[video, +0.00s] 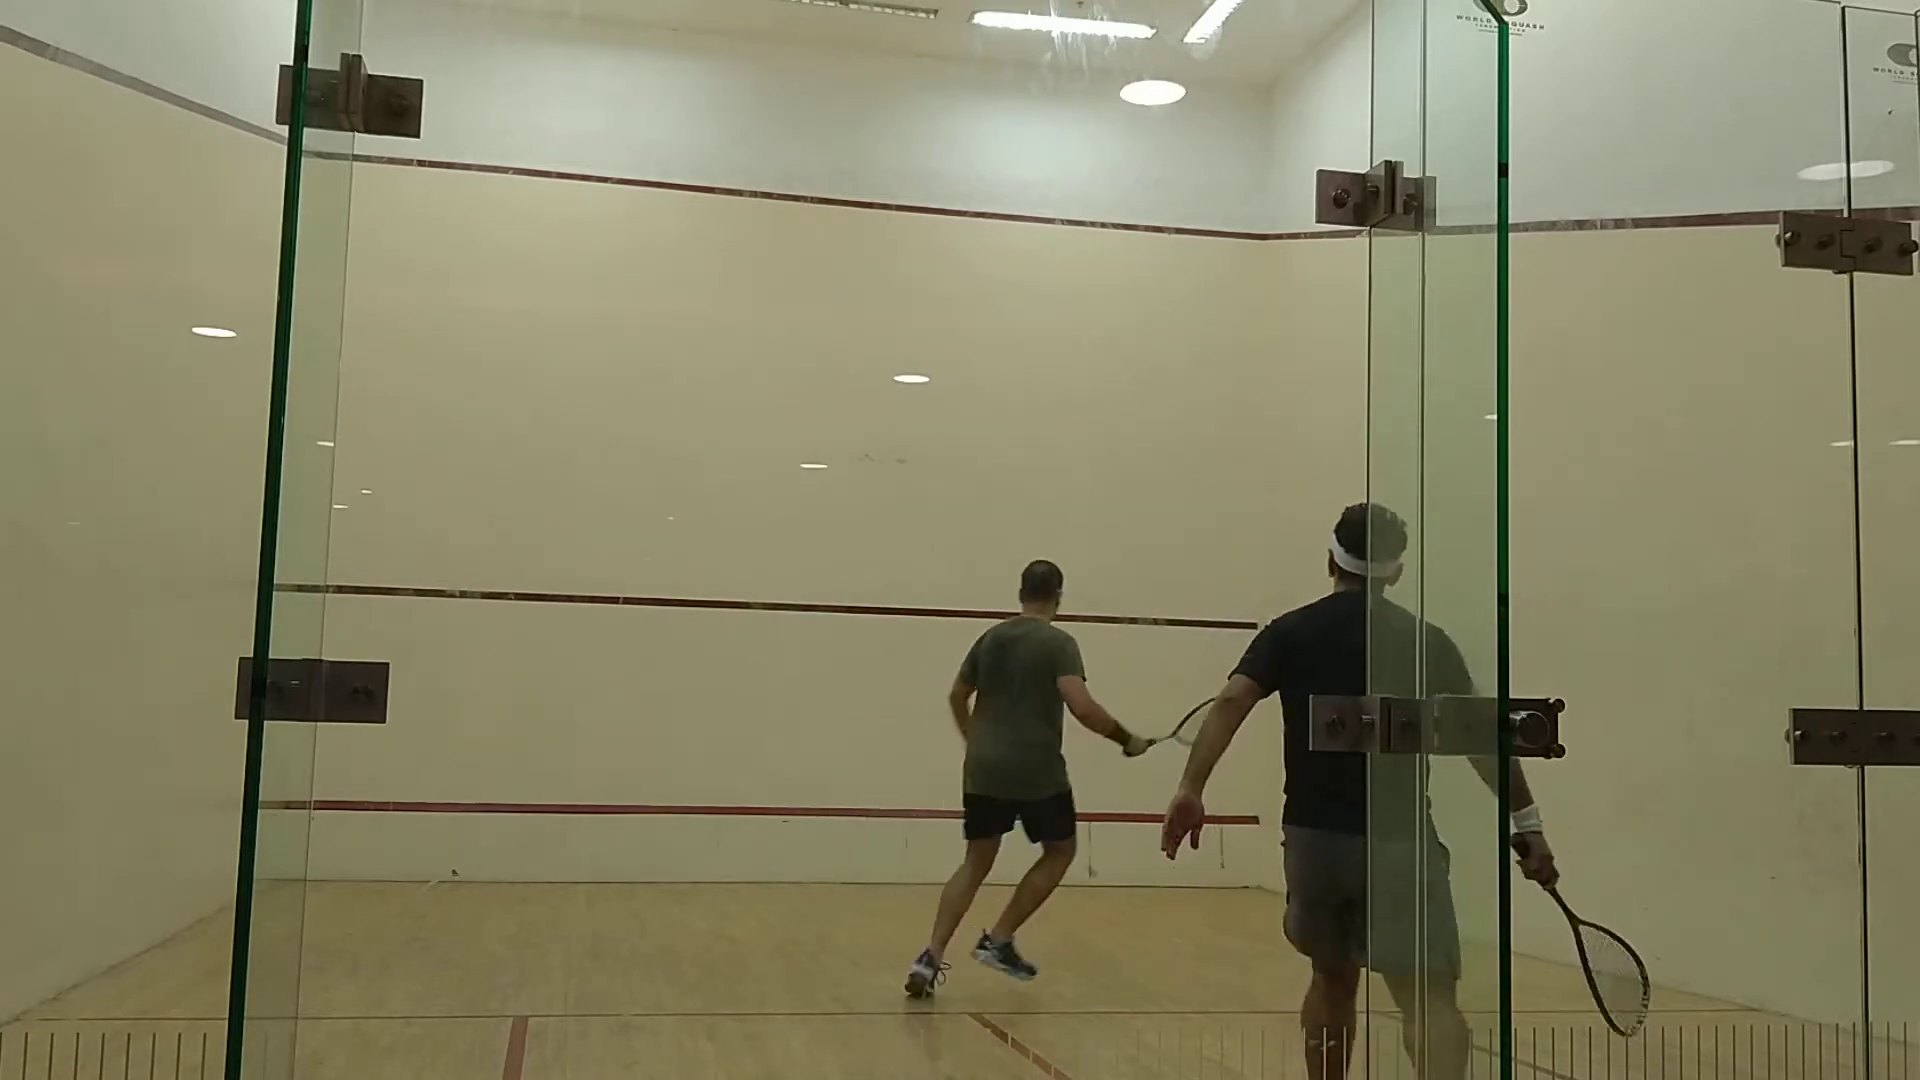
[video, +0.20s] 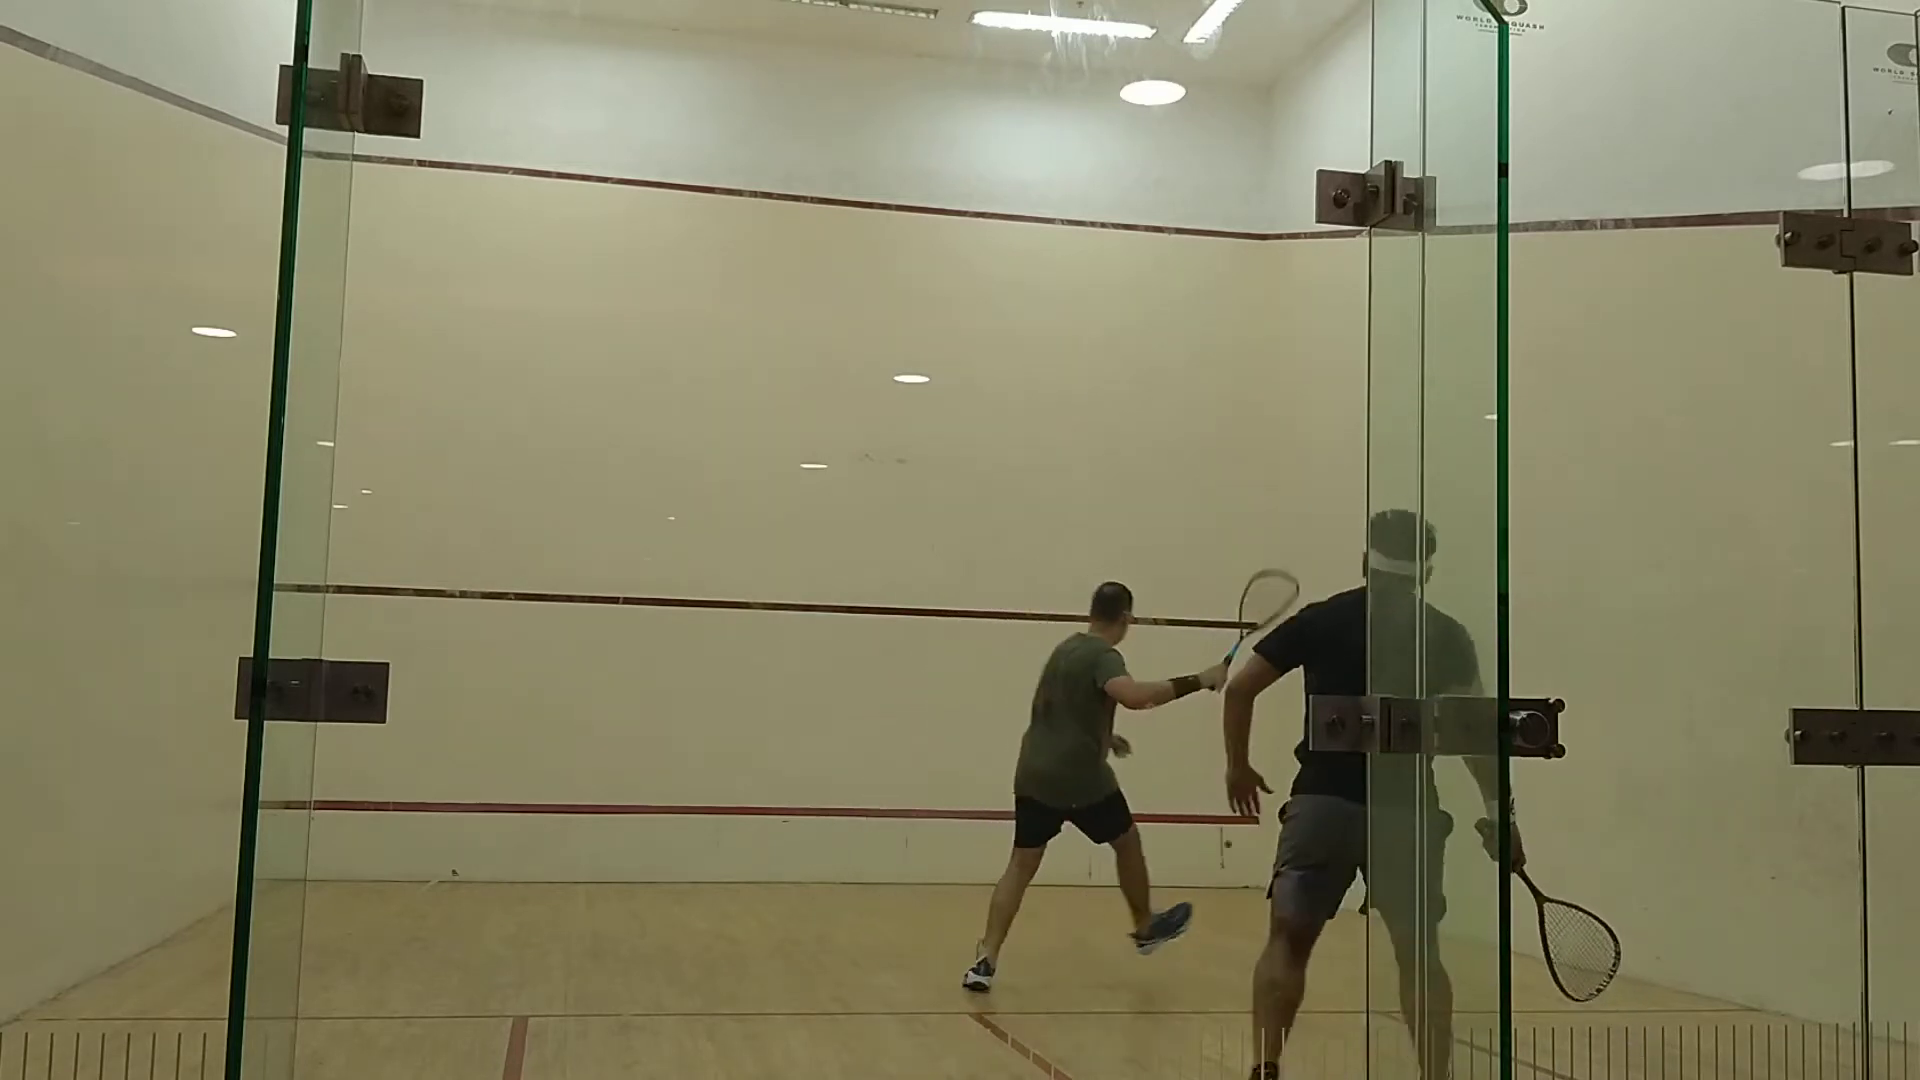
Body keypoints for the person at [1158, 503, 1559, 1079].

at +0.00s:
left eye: (1334, 554)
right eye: (1385, 560)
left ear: (1332, 561)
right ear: (1395, 566)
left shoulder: (1288, 634)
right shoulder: (1427, 643)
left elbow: (1231, 704)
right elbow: (1484, 741)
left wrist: (1189, 791)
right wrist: (1529, 828)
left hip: (1314, 848)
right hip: (1402, 854)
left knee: (1330, 978)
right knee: (1429, 997)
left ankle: (1325, 1076)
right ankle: (1445, 1077)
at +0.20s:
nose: (1400, 571)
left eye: (1390, 558)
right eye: (1414, 560)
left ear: (1367, 558)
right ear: (1426, 562)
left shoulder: (1324, 620)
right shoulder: (1446, 635)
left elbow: (1239, 685)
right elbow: (1477, 733)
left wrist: (1237, 765)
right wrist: (1501, 815)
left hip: (1324, 805)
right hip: (1408, 814)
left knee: (1290, 936)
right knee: (1420, 951)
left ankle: (1265, 1068)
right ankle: (1438, 1073)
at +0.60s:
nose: (1426, 649)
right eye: (1428, 641)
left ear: (1376, 636)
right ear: (1431, 646)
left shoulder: (1331, 691)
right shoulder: (1437, 707)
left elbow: (1258, 757)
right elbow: (1465, 782)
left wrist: (1247, 828)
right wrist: (1492, 860)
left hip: (1319, 859)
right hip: (1401, 863)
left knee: (1248, 973)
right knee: (1447, 955)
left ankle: (1198, 1073)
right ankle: (1461, 1070)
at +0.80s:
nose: (1371, 674)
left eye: (1371, 665)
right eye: (1384, 668)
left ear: (1366, 666)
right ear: (1415, 671)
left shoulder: (1331, 718)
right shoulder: (1440, 732)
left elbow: (1243, 757)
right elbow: (1498, 826)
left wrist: (1172, 811)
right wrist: (1499, 904)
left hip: (1331, 874)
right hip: (1416, 881)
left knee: (1250, 937)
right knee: (1476, 982)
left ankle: (1213, 1055)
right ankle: (1539, 1073)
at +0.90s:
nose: (1300, 645)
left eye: (1304, 638)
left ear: (1308, 645)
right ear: (1362, 651)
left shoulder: (1278, 691)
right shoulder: (1381, 707)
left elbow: (1214, 736)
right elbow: (1440, 797)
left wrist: (1165, 808)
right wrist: (1416, 860)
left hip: (1307, 874)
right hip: (1383, 872)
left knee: (1217, 928)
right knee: (1431, 974)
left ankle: (1232, 1067)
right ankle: (1524, 1069)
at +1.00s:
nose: (1221, 635)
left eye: (1224, 628)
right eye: (1225, 628)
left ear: (1234, 634)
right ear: (1284, 635)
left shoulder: (1220, 678)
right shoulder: (1320, 685)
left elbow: (1169, 742)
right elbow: (1389, 747)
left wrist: (1132, 818)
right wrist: (1358, 807)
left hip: (1283, 850)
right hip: (1350, 848)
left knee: (1181, 923)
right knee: (1303, 943)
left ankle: (1213, 1065)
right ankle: (1404, 1038)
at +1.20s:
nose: (1073, 670)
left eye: (1081, 661)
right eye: (1076, 660)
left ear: (1112, 668)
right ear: (1119, 667)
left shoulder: (1137, 716)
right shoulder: (1156, 702)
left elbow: (1162, 784)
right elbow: (1166, 786)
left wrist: (1181, 864)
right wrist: (1116, 829)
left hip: (1209, 877)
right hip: (1232, 874)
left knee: (1081, 922)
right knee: (1192, 960)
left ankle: (1099, 1069)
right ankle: (1268, 1058)